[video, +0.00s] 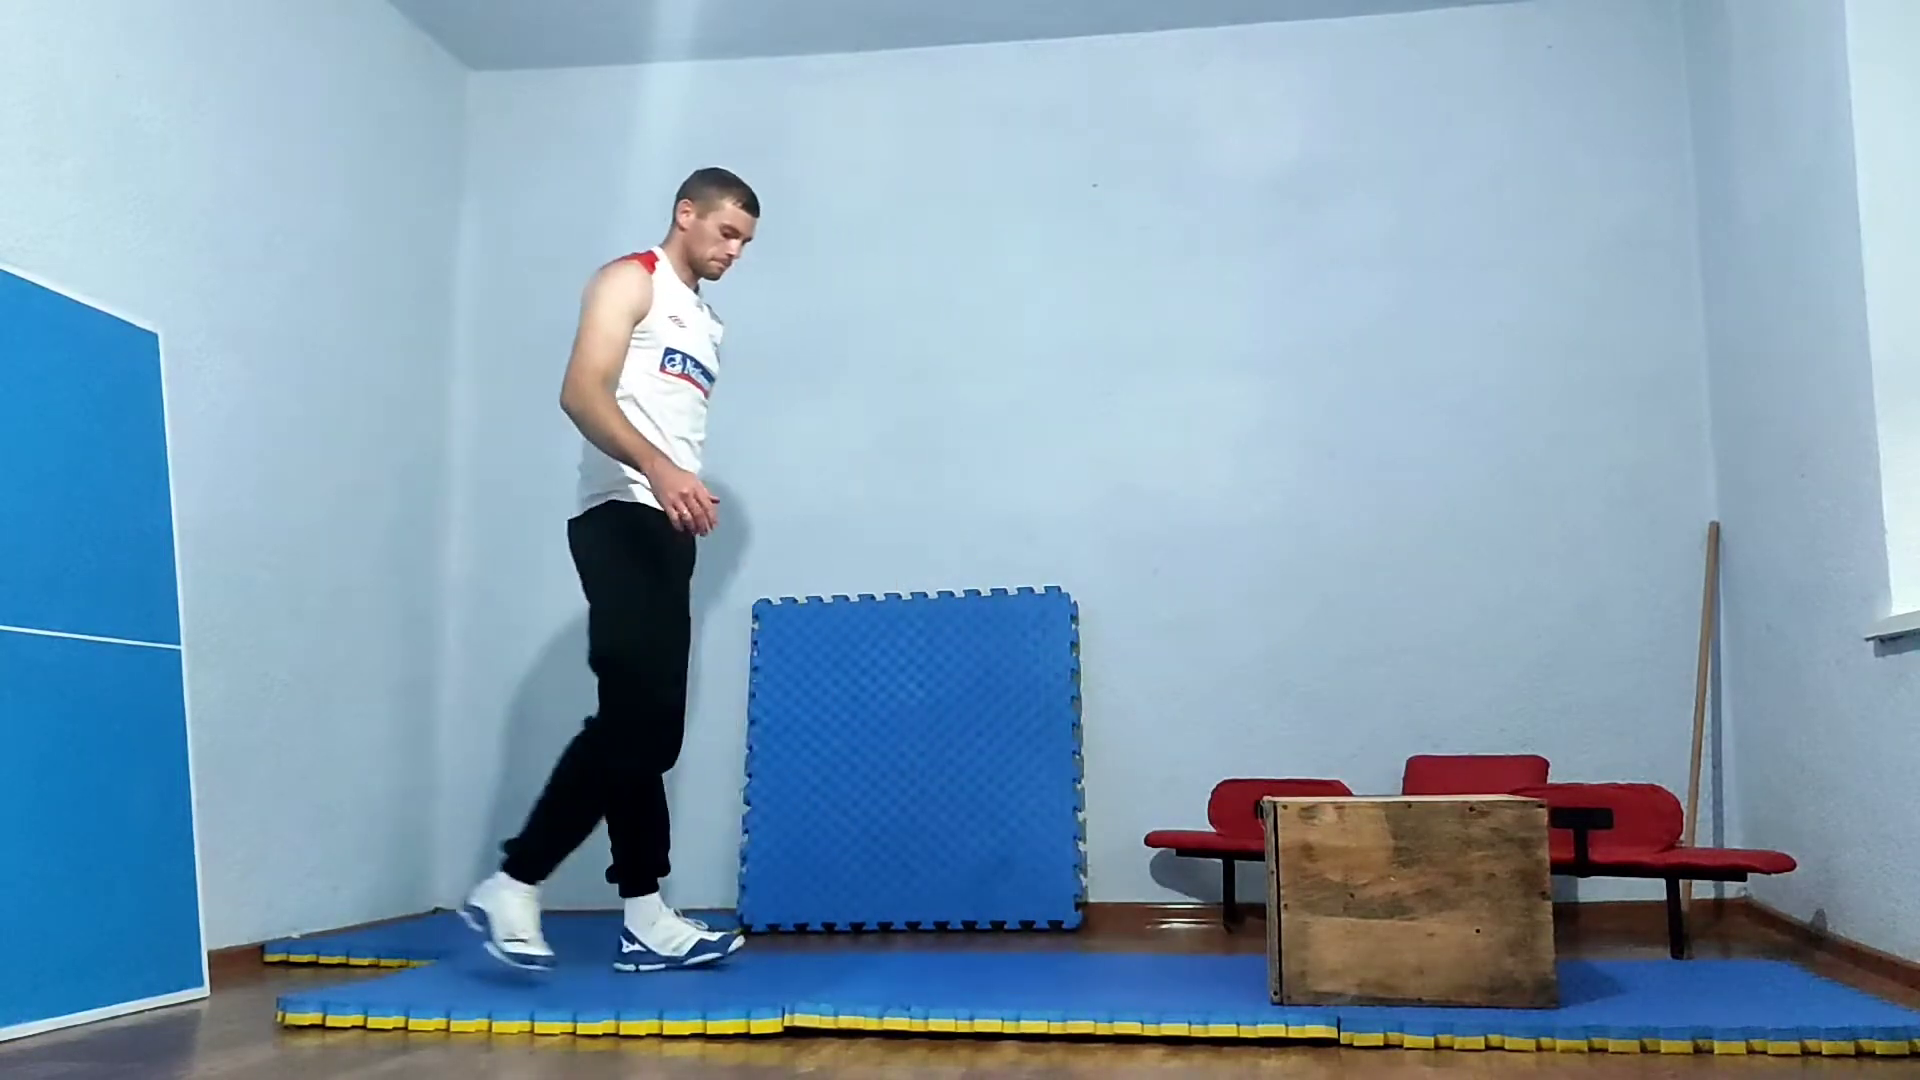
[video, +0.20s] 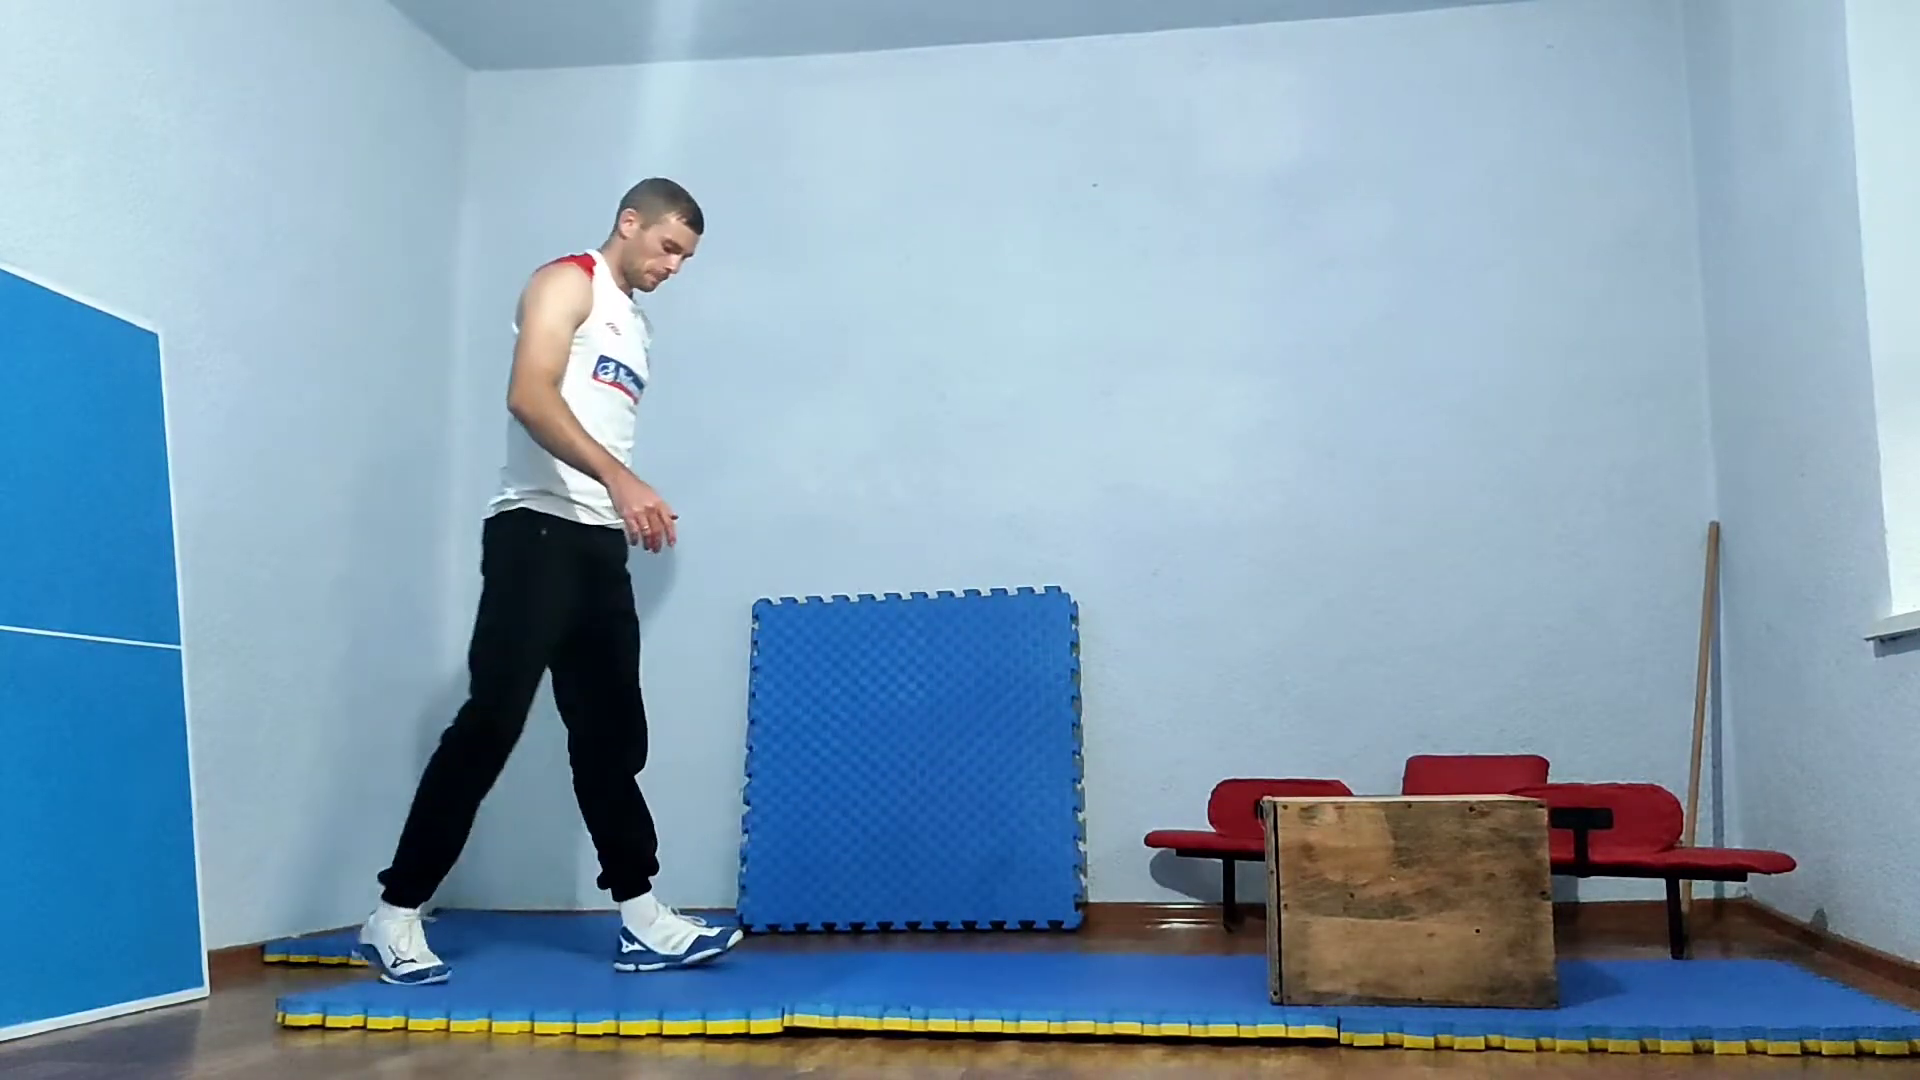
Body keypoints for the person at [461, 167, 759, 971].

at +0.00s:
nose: (735, 250)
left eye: (743, 241)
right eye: (728, 232)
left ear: (733, 242)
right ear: (684, 215)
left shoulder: (701, 318)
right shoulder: (629, 279)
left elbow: (667, 425)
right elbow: (581, 393)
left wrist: (685, 490)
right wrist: (661, 468)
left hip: (662, 527)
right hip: (619, 519)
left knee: (652, 724)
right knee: (635, 716)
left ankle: (646, 915)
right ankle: (510, 886)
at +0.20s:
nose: (673, 267)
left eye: (683, 257)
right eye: (669, 248)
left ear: (671, 253)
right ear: (627, 222)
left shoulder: (629, 321)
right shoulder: (565, 282)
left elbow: (594, 431)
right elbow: (529, 395)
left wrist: (629, 504)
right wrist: (619, 480)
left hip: (595, 548)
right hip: (534, 538)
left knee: (610, 734)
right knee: (489, 725)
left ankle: (641, 916)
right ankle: (396, 911)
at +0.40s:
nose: (617, 276)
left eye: (629, 267)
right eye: (614, 257)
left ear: (628, 263)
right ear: (575, 228)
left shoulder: (577, 319)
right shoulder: (502, 284)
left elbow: (521, 430)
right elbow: (444, 404)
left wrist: (535, 525)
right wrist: (518, 506)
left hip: (517, 538)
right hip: (456, 532)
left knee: (563, 716)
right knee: (429, 727)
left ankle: (602, 900)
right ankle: (384, 925)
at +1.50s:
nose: (539, 241)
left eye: (546, 230)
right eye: (532, 223)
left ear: (527, 232)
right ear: (484, 208)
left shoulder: (507, 317)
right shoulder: (430, 278)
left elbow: (555, 428)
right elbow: (466, 374)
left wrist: (647, 481)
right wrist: (588, 412)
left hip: (486, 534)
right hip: (426, 526)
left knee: (506, 721)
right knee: (439, 718)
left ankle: (472, 908)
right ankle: (407, 927)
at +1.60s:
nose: (535, 236)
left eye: (540, 224)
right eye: (525, 218)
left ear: (513, 222)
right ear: (477, 207)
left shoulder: (504, 318)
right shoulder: (427, 273)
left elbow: (591, 392)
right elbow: (496, 321)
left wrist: (696, 397)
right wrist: (625, 322)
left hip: (484, 529)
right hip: (426, 523)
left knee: (503, 726)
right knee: (438, 721)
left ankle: (470, 909)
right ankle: (406, 931)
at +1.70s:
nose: (532, 226)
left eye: (536, 217)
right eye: (521, 211)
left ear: (518, 220)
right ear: (471, 205)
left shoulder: (511, 309)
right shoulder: (423, 277)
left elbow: (620, 331)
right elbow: (519, 257)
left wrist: (709, 289)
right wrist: (637, 219)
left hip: (488, 529)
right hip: (430, 523)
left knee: (497, 726)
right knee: (440, 721)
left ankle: (468, 909)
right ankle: (404, 930)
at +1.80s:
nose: (534, 224)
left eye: (536, 212)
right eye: (521, 208)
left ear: (521, 219)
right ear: (474, 206)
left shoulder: (517, 294)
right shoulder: (434, 273)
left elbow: (618, 268)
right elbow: (509, 198)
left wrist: (694, 197)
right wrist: (622, 132)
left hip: (495, 525)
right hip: (438, 521)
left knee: (499, 726)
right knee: (454, 718)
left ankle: (468, 908)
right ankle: (406, 927)